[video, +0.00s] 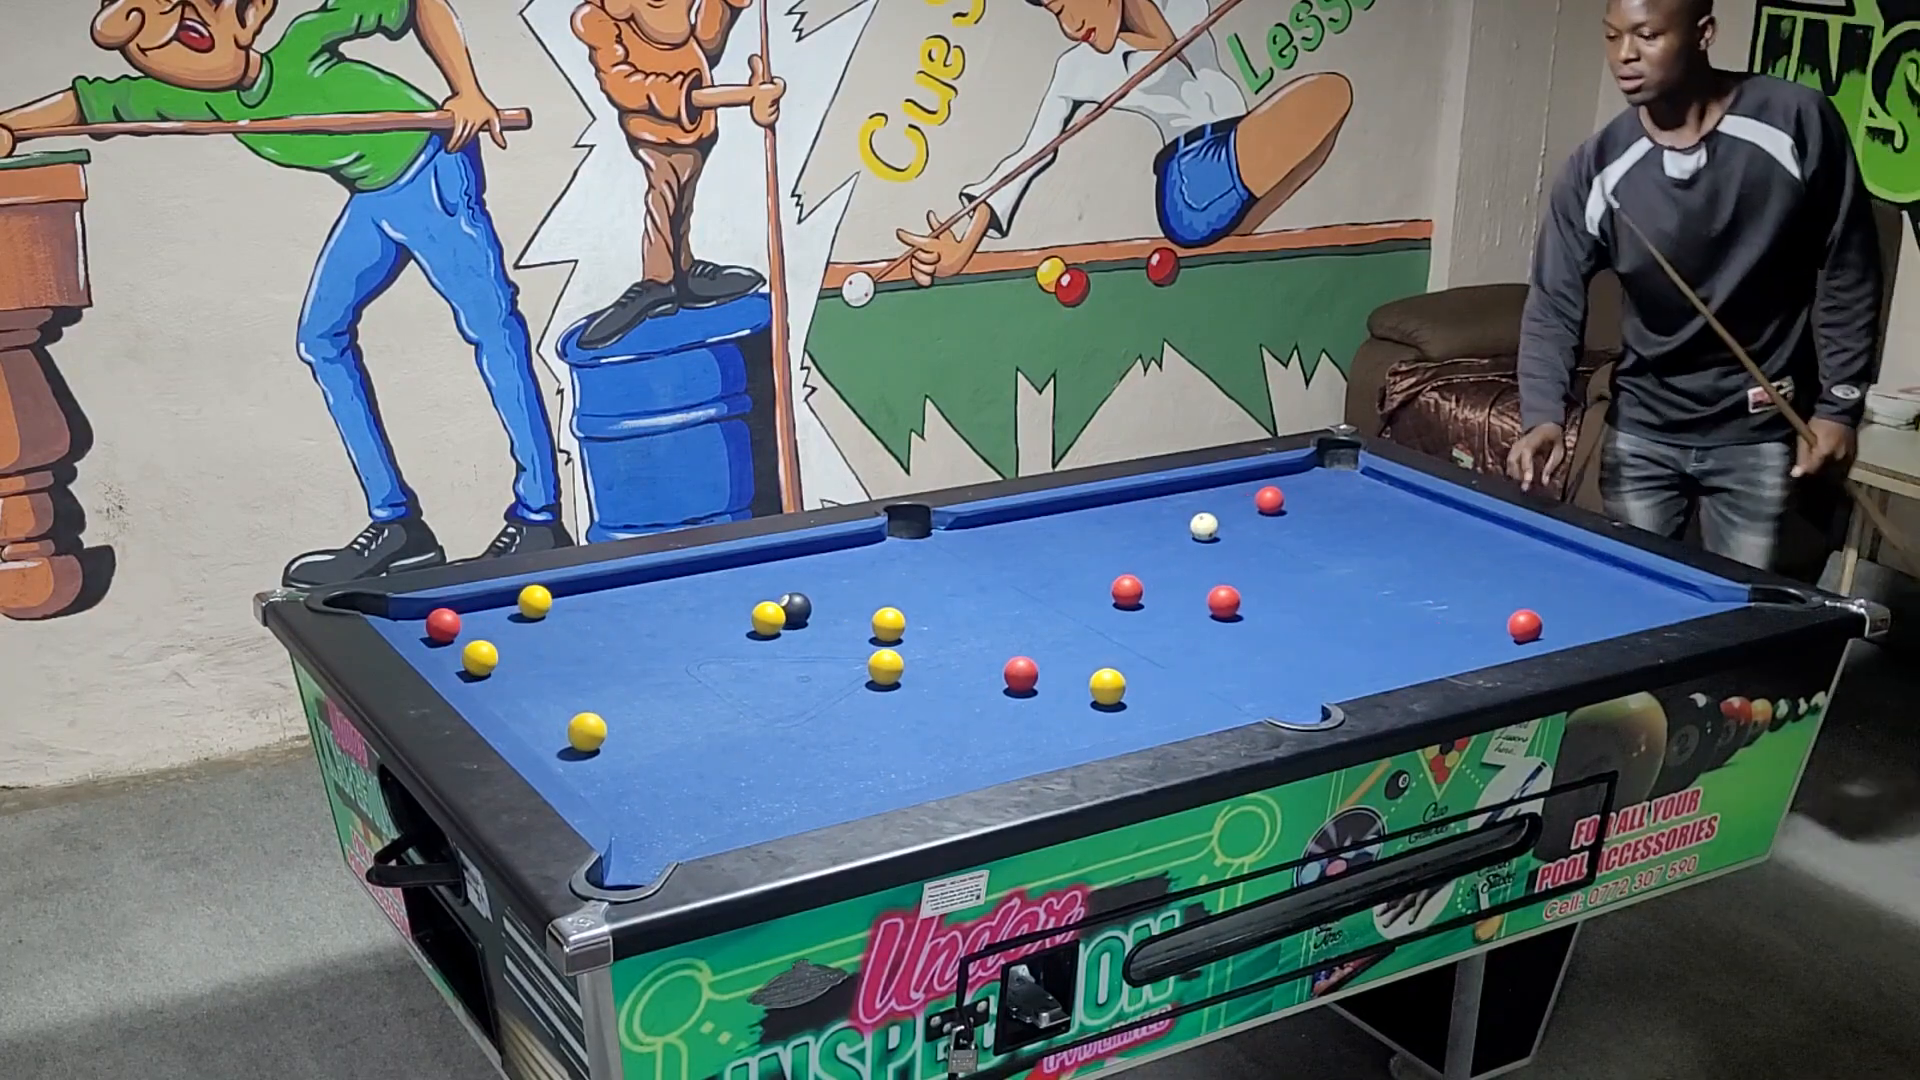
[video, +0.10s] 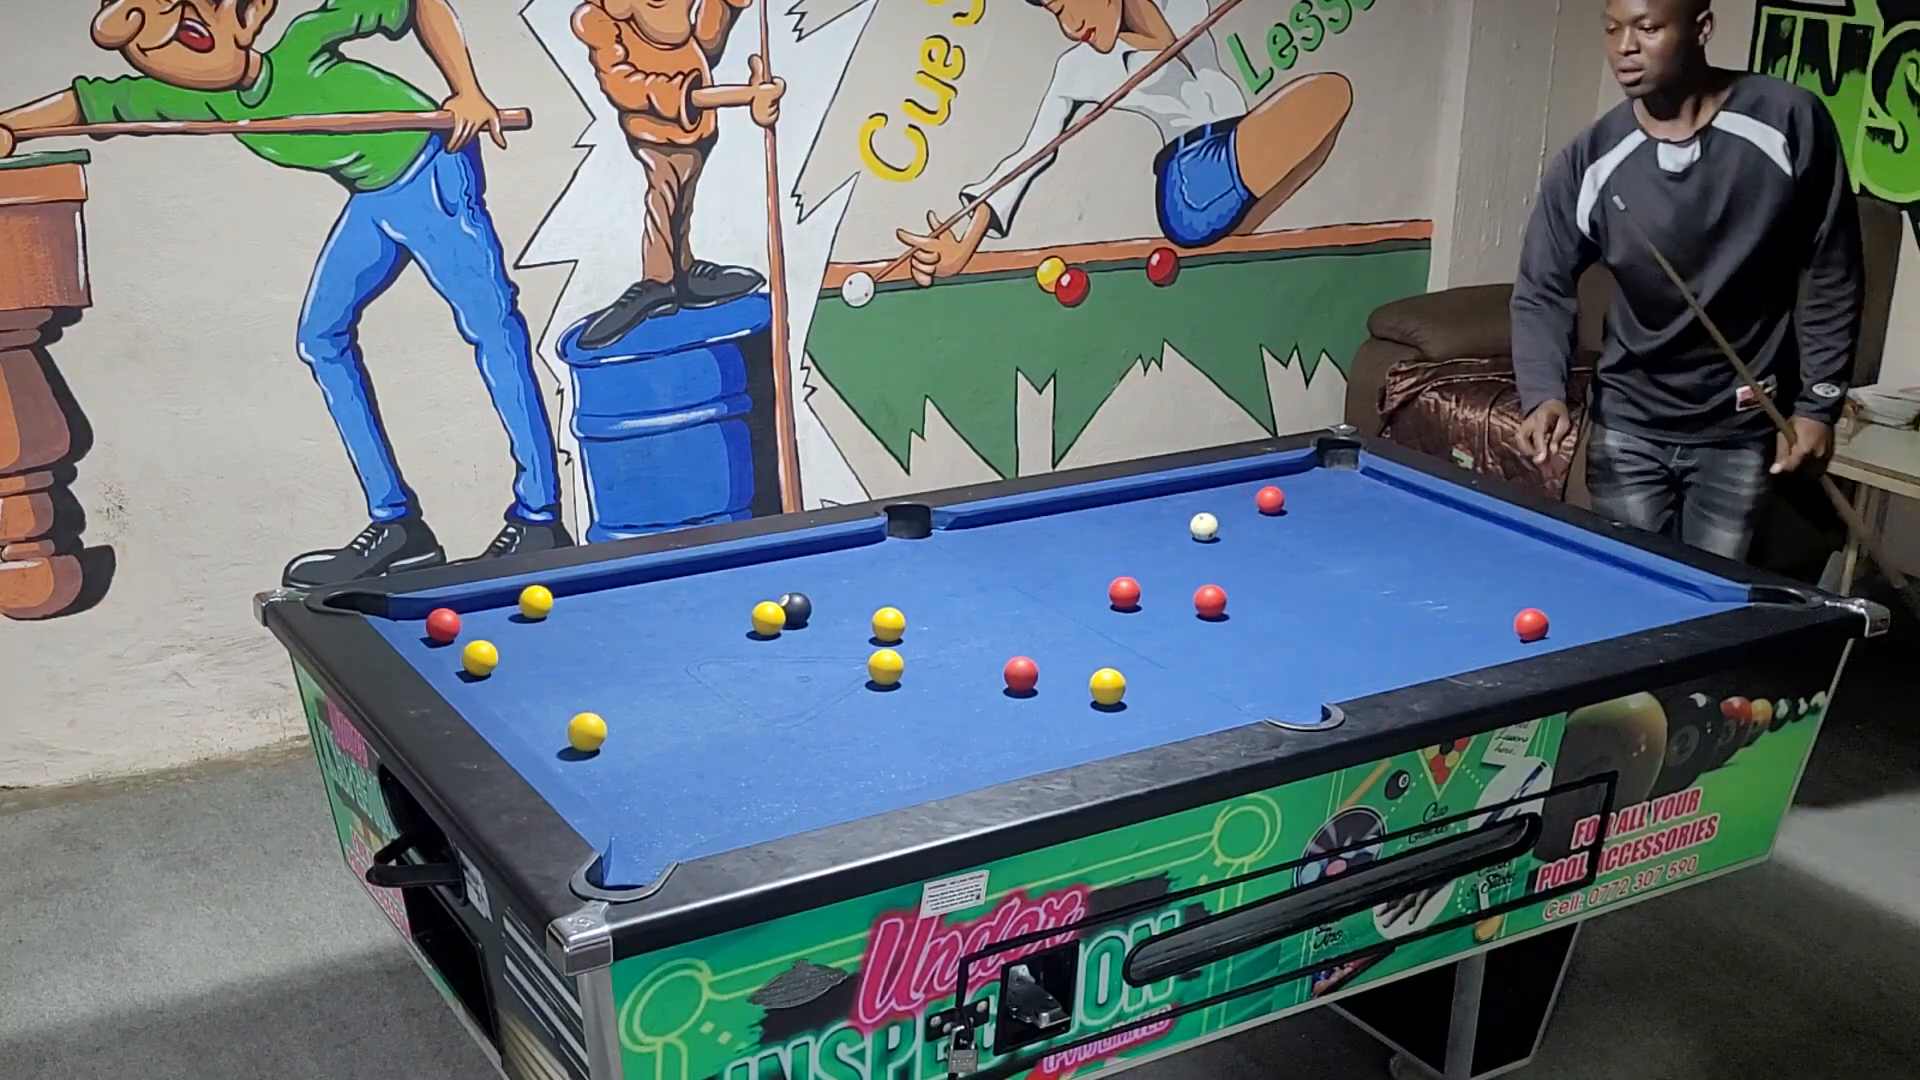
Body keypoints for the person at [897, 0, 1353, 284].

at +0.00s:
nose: (1069, 23)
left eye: (1071, 4)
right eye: (1056, 15)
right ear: (1055, 18)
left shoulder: (1176, 10)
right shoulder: (1076, 68)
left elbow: (1196, 60)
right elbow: (1029, 156)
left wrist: (1139, 10)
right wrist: (964, 245)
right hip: (1195, 182)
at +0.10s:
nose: (1069, 23)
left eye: (1071, 4)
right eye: (1056, 15)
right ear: (1055, 18)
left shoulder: (1177, 10)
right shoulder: (1076, 68)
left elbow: (1197, 60)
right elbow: (1028, 156)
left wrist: (1139, 10)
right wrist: (964, 245)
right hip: (1194, 182)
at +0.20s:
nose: (1069, 23)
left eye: (1071, 4)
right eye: (1056, 15)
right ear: (1055, 18)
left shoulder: (1177, 10)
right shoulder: (1076, 68)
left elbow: (1196, 60)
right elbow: (1028, 156)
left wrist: (1139, 10)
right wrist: (964, 245)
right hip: (1195, 183)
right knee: (1329, 91)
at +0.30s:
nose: (1069, 23)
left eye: (1071, 4)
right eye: (1056, 15)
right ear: (1055, 18)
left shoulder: (1177, 10)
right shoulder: (1076, 68)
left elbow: (1196, 60)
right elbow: (1028, 156)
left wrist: (1139, 10)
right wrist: (964, 245)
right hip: (1195, 182)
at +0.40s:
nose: (1069, 23)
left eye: (1071, 4)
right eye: (1056, 15)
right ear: (1055, 18)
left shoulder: (1177, 10)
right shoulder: (1076, 68)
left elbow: (1196, 60)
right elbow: (1029, 156)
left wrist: (1139, 11)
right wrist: (964, 245)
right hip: (1194, 183)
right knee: (1329, 91)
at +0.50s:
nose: (1069, 24)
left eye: (1070, 5)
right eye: (1057, 15)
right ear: (1056, 18)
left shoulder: (1177, 10)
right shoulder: (1076, 69)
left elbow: (1198, 61)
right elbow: (1029, 156)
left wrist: (1140, 12)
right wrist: (964, 245)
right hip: (1194, 183)